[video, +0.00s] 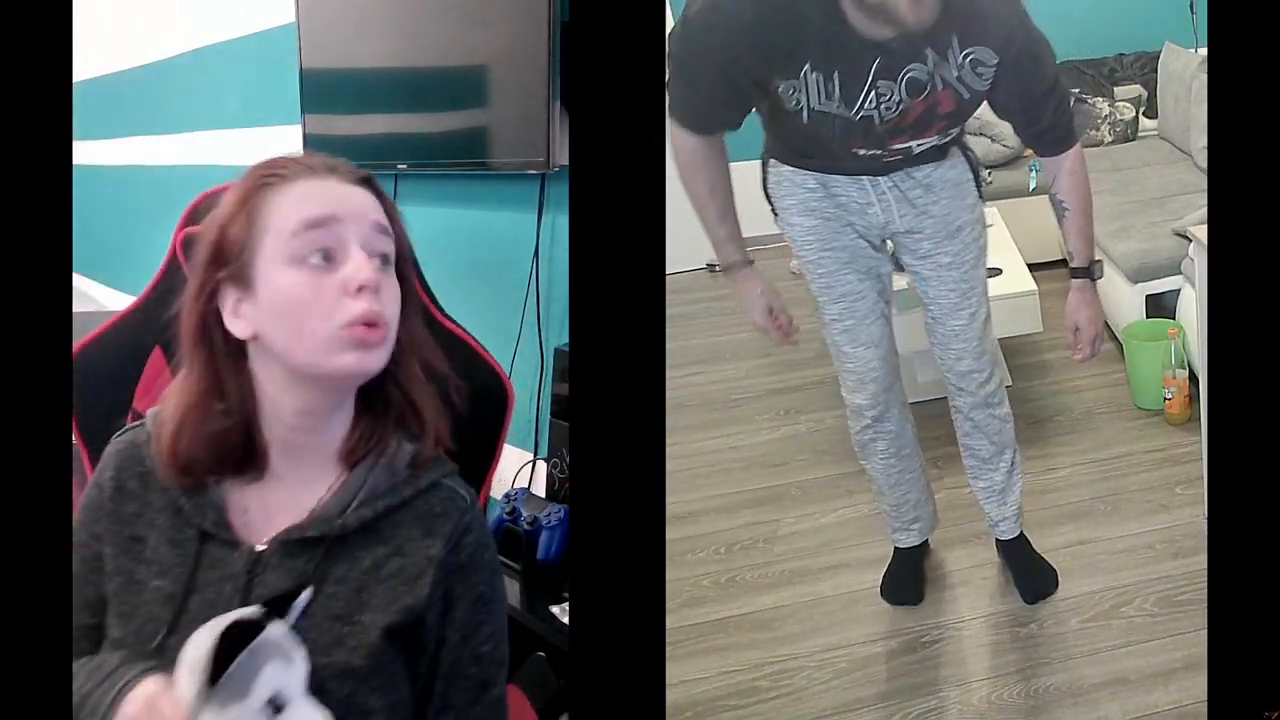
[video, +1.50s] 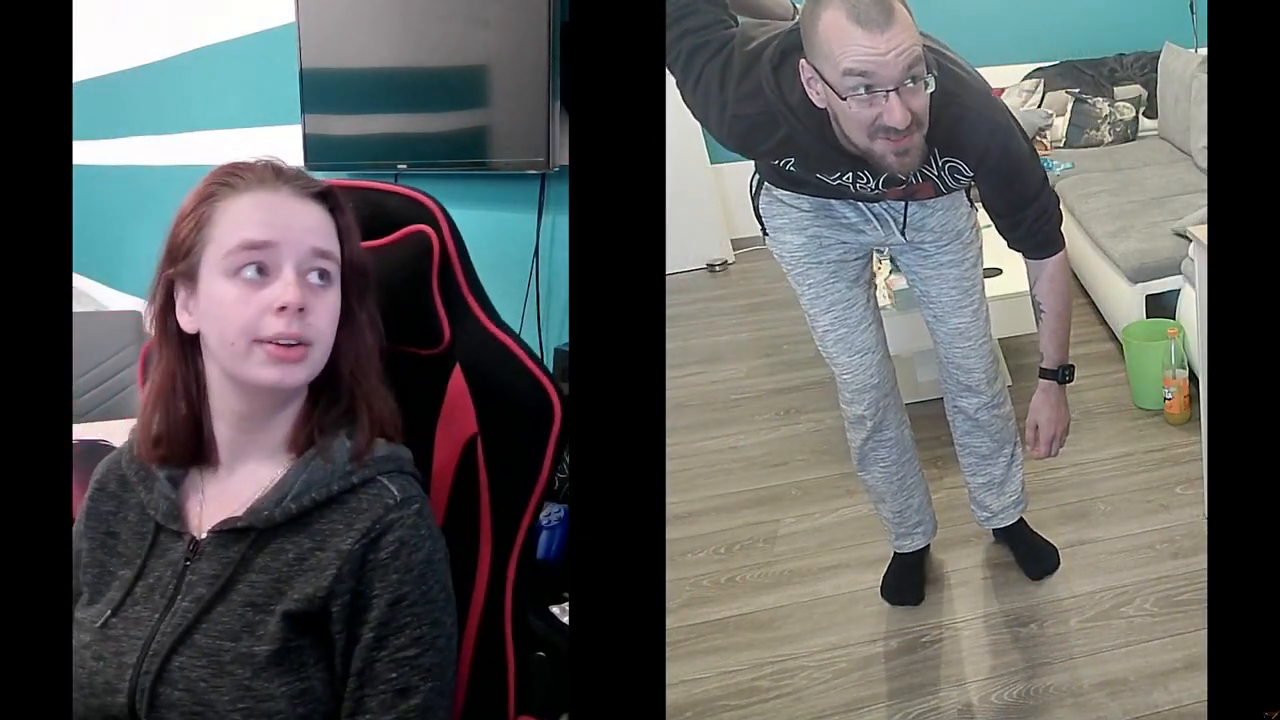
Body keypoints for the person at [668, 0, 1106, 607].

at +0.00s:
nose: (922, 6)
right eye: (903, 0)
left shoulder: (991, 17)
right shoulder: (747, 17)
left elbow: (1060, 139)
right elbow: (691, 117)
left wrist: (1083, 277)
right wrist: (737, 266)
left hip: (935, 174)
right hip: (814, 186)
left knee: (972, 367)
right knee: (869, 389)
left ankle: (1009, 527)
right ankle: (908, 533)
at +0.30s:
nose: (887, 25)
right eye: (850, 4)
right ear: (797, 9)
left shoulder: (954, 55)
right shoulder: (727, 65)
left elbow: (1023, 182)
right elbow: (667, 164)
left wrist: (1034, 317)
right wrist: (690, 302)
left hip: (909, 179)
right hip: (786, 196)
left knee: (961, 357)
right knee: (853, 388)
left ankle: (1005, 512)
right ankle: (907, 536)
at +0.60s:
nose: (895, 62)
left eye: (907, 33)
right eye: (864, 41)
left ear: (922, 22)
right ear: (804, 43)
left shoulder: (962, 89)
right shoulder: (731, 80)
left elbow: (1025, 210)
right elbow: (672, 30)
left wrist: (1036, 345)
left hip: (913, 192)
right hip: (787, 205)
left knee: (961, 365)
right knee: (856, 390)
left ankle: (1004, 512)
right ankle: (909, 537)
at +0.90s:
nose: (893, 95)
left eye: (904, 63)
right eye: (859, 74)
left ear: (917, 43)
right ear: (804, 73)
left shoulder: (960, 104)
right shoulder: (734, 94)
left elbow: (1034, 230)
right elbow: (681, 15)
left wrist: (1055, 362)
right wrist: (762, 21)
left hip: (921, 195)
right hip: (797, 206)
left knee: (968, 366)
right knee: (860, 393)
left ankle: (1004, 512)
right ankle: (909, 537)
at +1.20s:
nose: (896, 118)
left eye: (907, 83)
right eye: (861, 95)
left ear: (917, 57)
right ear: (809, 91)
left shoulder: (968, 117)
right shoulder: (739, 106)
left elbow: (1043, 235)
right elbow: (681, 13)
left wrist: (1057, 374)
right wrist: (781, 38)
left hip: (928, 198)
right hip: (802, 205)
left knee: (972, 368)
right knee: (862, 391)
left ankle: (1004, 512)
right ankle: (909, 536)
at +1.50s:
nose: (899, 114)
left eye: (911, 80)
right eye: (865, 91)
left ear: (925, 57)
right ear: (813, 84)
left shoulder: (973, 115)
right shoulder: (749, 99)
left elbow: (1045, 241)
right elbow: (682, 13)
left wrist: (1055, 379)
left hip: (936, 197)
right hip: (807, 201)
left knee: (973, 368)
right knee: (864, 388)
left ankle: (1004, 513)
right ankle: (909, 537)